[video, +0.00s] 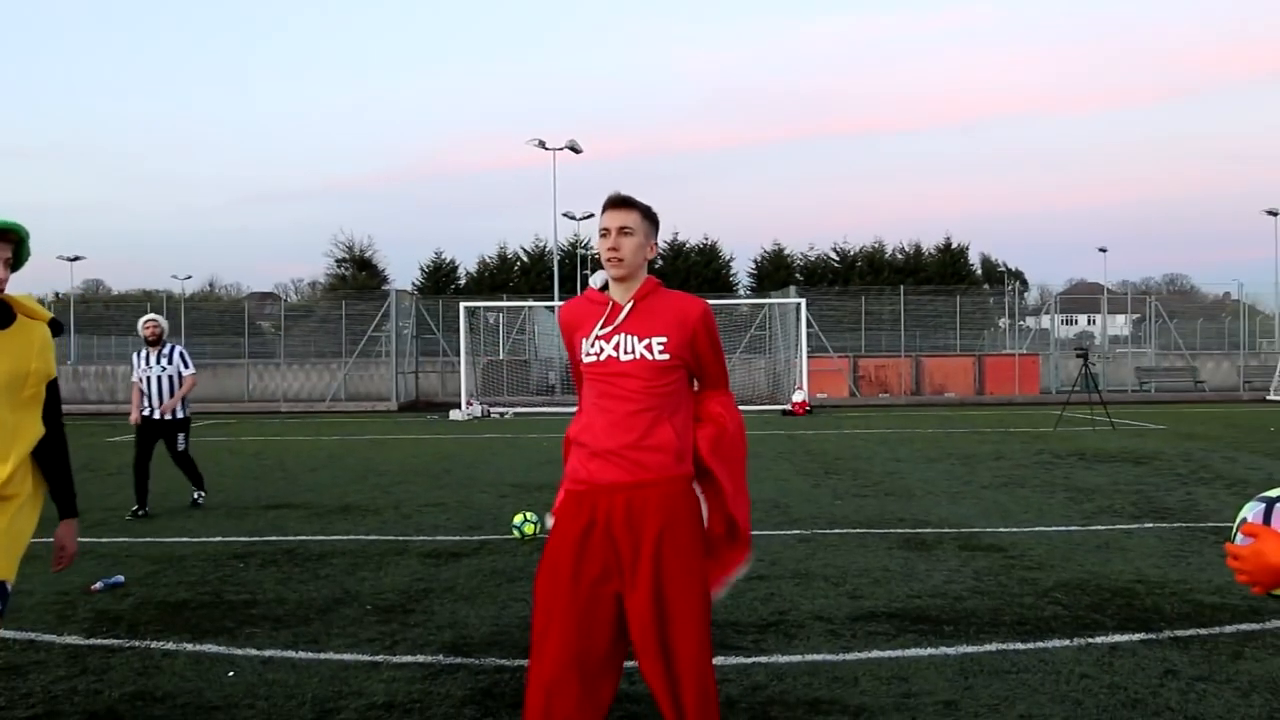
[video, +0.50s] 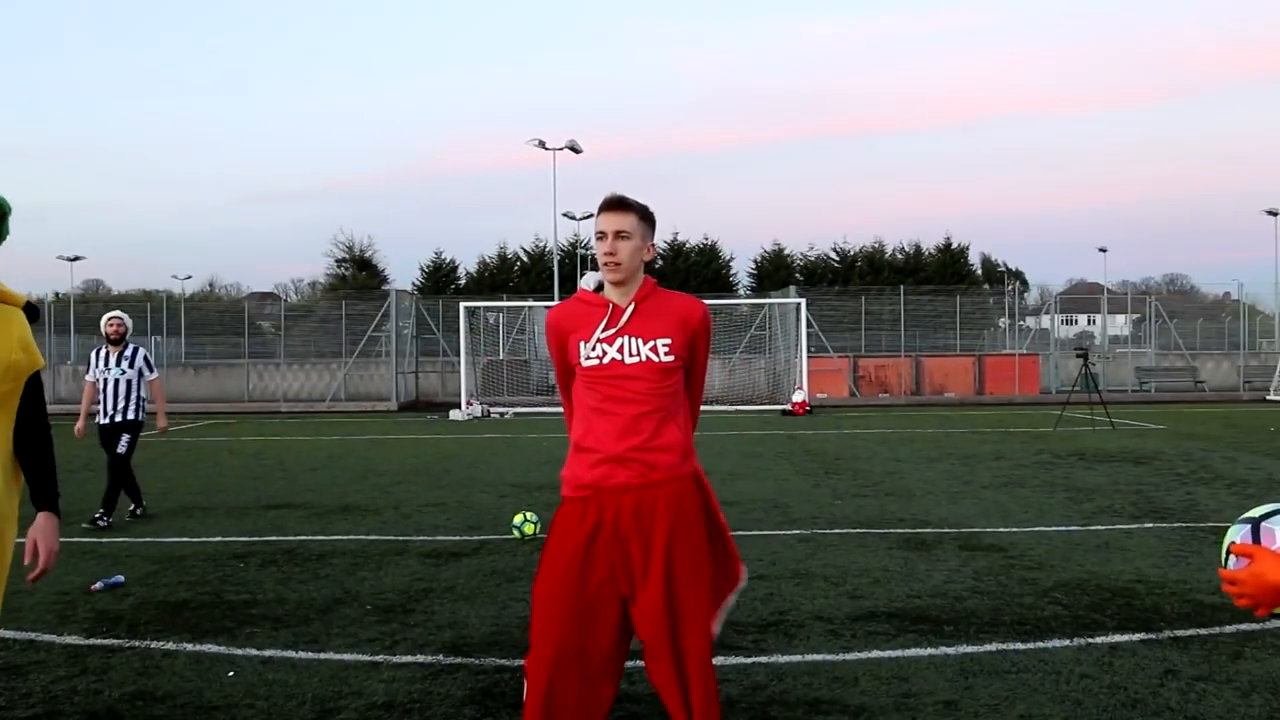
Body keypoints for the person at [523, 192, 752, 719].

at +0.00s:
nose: (612, 244)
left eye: (625, 234)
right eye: (605, 234)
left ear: (652, 247)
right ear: (596, 245)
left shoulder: (689, 313)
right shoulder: (574, 314)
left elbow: (715, 391)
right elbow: (585, 397)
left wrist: (698, 453)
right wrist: (582, 468)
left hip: (661, 501)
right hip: (585, 501)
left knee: (679, 649)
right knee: (560, 651)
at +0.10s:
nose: (612, 244)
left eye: (626, 233)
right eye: (604, 234)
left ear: (652, 247)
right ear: (596, 245)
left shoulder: (690, 313)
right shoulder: (571, 316)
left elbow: (716, 392)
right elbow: (581, 399)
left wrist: (700, 456)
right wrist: (593, 458)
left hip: (663, 502)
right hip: (585, 502)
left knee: (678, 646)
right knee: (559, 648)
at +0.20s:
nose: (611, 244)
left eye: (625, 234)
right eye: (604, 234)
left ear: (652, 246)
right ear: (596, 245)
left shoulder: (690, 313)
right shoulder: (570, 316)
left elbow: (713, 405)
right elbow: (576, 404)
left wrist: (736, 498)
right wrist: (586, 468)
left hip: (664, 503)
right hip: (584, 503)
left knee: (678, 652)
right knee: (556, 652)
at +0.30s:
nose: (611, 246)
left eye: (624, 235)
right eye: (603, 236)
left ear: (650, 247)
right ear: (595, 245)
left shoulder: (690, 314)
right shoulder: (568, 317)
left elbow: (703, 415)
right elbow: (572, 412)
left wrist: (714, 498)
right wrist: (581, 481)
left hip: (666, 504)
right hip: (587, 504)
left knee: (680, 653)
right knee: (554, 652)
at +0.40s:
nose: (610, 246)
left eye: (624, 236)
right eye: (602, 236)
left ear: (650, 248)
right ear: (594, 246)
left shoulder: (689, 315)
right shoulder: (565, 318)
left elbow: (698, 414)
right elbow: (574, 415)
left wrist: (687, 486)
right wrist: (602, 473)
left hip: (666, 503)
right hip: (587, 505)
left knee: (683, 653)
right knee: (555, 653)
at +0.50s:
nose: (609, 247)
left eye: (622, 237)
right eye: (601, 237)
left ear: (649, 250)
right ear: (592, 246)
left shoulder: (688, 314)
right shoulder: (564, 319)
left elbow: (690, 407)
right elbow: (572, 409)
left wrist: (659, 465)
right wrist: (601, 466)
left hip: (667, 503)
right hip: (587, 506)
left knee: (683, 657)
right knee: (553, 657)